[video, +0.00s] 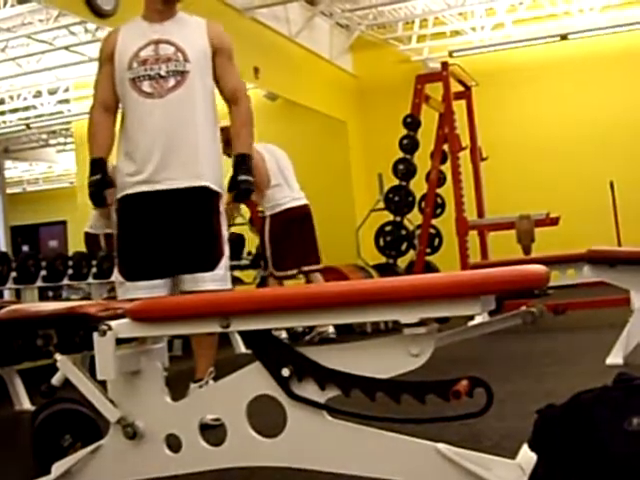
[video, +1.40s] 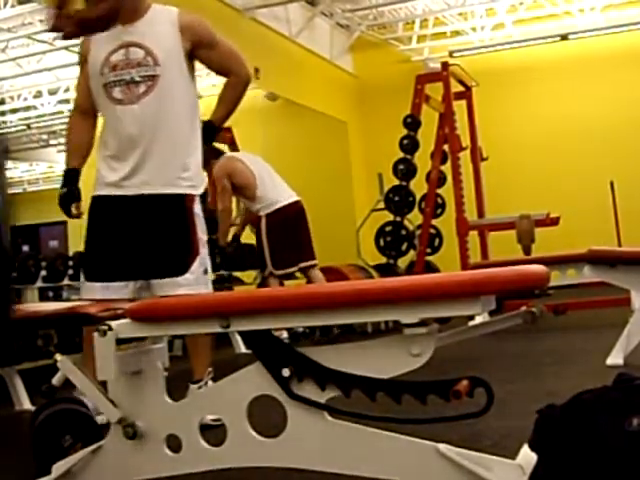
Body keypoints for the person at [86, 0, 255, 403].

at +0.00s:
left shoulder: (210, 34)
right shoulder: (116, 40)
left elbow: (238, 101)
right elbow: (104, 108)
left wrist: (242, 165)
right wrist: (98, 169)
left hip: (197, 180)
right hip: (138, 185)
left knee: (205, 292)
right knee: (142, 299)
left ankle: (204, 383)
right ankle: (147, 387)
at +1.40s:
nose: (92, 10)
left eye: (96, 4)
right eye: (89, 8)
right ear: (98, 2)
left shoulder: (182, 26)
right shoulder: (93, 41)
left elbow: (240, 73)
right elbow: (83, 112)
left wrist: (211, 128)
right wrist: (71, 175)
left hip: (174, 187)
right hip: (113, 191)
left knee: (191, 302)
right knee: (99, 308)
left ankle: (202, 391)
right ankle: (96, 400)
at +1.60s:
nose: (83, 7)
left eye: (93, 2)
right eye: (81, 2)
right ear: (76, 1)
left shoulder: (150, 26)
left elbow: (211, 78)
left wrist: (190, 129)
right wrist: (190, 129)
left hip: (146, 186)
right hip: (86, 191)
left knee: (174, 296)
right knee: (86, 308)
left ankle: (199, 386)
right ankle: (90, 399)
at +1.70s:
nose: (73, 9)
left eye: (78, 4)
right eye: (73, 5)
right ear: (74, 5)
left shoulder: (138, 28)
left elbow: (196, 79)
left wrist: (179, 134)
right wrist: (180, 132)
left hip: (134, 184)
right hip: (82, 189)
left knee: (161, 296)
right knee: (77, 306)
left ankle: (195, 382)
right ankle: (86, 397)